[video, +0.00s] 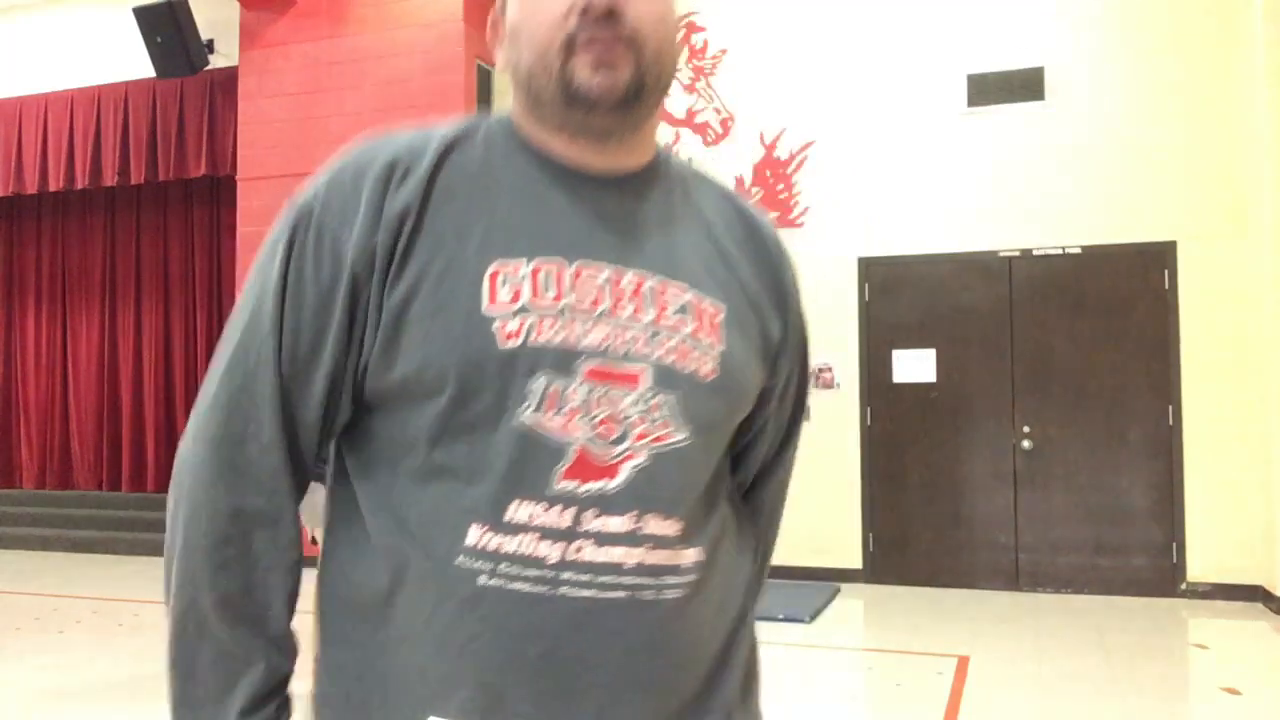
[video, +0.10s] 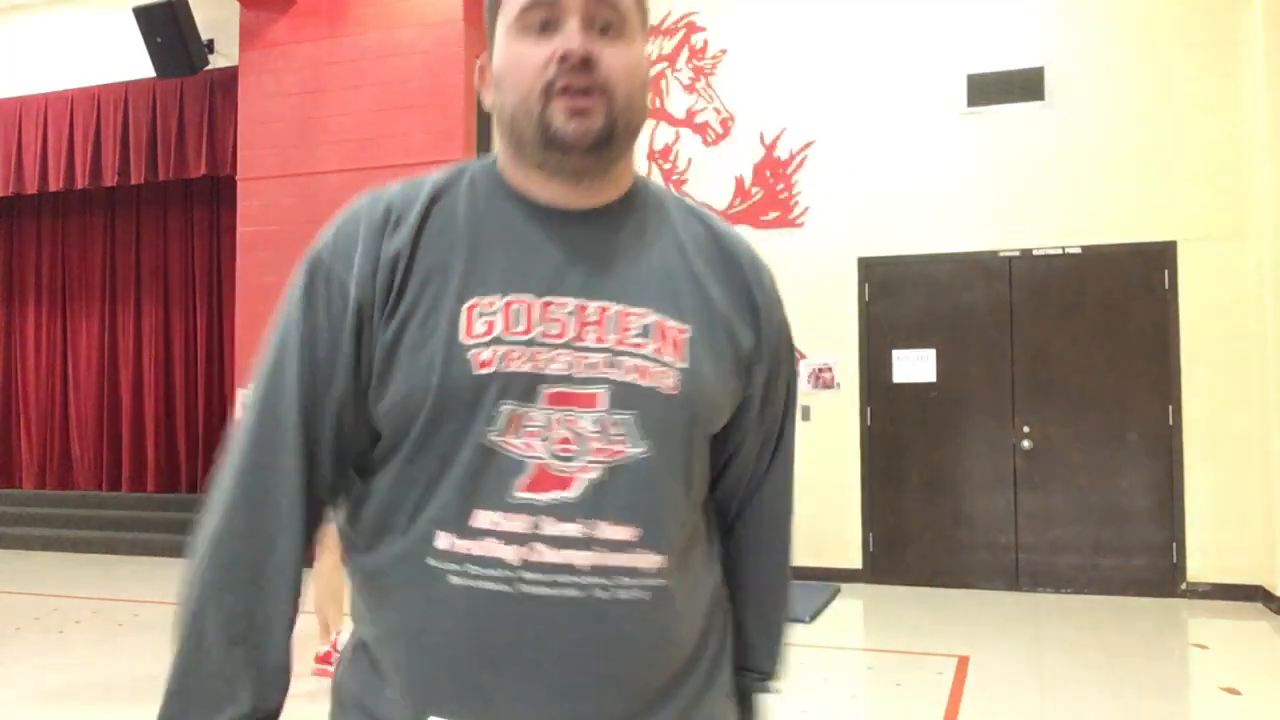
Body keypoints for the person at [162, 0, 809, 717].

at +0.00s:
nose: (601, 4)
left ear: (680, 27)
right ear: (498, 29)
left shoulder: (752, 256)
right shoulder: (376, 198)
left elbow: (744, 532)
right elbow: (228, 478)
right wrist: (240, 706)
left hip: (680, 704)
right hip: (410, 697)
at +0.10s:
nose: (576, 47)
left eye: (608, 23)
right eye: (540, 22)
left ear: (650, 64)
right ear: (487, 75)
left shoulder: (732, 280)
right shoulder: (374, 248)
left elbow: (756, 527)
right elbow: (259, 516)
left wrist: (741, 684)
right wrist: (217, 704)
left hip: (665, 700)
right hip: (416, 697)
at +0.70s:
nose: (546, 101)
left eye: (568, 89)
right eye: (523, 88)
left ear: (602, 123)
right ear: (489, 128)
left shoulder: (671, 252)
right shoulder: (417, 253)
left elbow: (705, 407)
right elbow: (346, 425)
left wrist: (649, 522)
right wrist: (273, 583)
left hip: (610, 642)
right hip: (432, 639)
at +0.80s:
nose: (551, 116)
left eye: (572, 105)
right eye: (528, 104)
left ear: (600, 139)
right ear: (492, 142)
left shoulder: (667, 259)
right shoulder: (427, 263)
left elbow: (699, 421)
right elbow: (356, 423)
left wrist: (624, 535)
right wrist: (300, 572)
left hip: (610, 626)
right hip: (449, 624)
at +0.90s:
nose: (555, 131)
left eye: (575, 120)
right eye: (533, 118)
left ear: (603, 153)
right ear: (498, 153)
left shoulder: (663, 269)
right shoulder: (432, 266)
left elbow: (698, 429)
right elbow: (359, 416)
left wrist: (688, 565)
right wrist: (340, 559)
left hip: (607, 619)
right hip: (460, 617)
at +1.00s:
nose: (557, 149)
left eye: (578, 138)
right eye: (537, 136)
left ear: (605, 168)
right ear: (505, 166)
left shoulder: (656, 282)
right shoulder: (437, 273)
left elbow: (708, 431)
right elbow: (368, 408)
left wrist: (771, 571)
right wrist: (349, 532)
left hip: (617, 613)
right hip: (477, 611)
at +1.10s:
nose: (561, 159)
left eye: (581, 150)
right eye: (542, 146)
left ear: (604, 181)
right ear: (508, 171)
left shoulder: (653, 285)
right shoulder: (439, 272)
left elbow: (718, 418)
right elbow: (366, 392)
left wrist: (781, 529)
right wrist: (330, 506)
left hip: (617, 599)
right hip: (484, 598)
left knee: (607, 711)